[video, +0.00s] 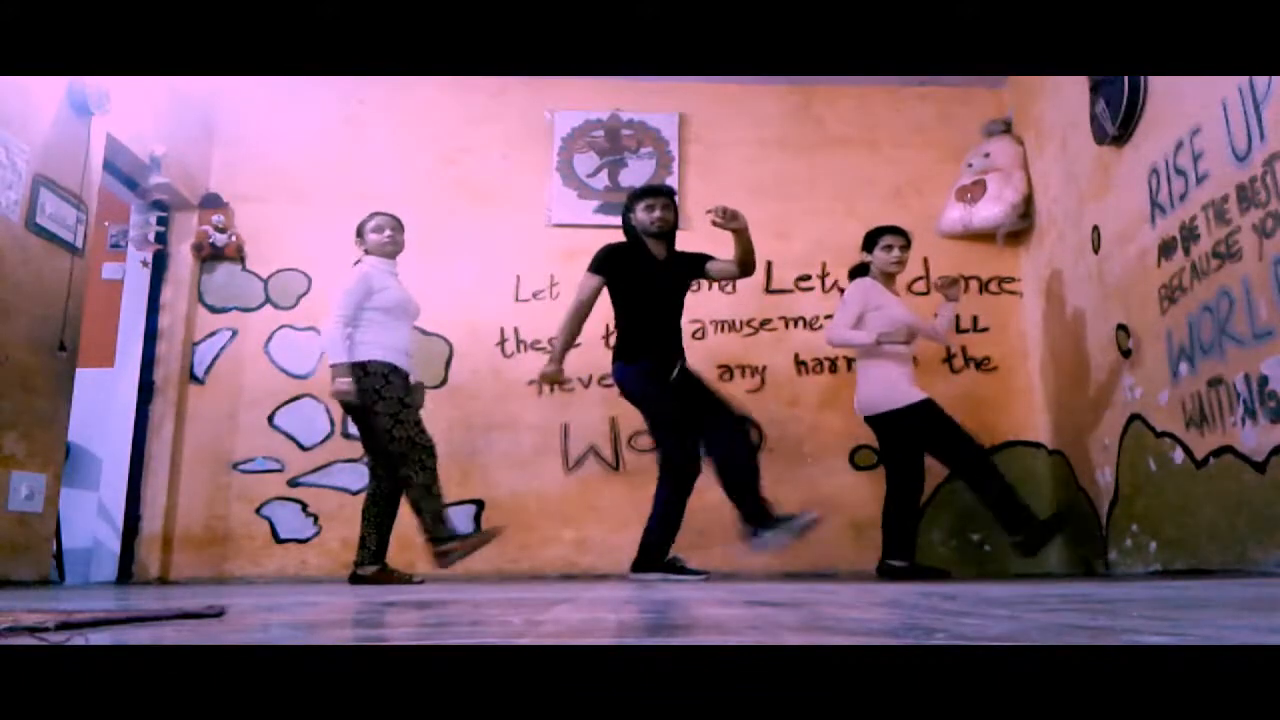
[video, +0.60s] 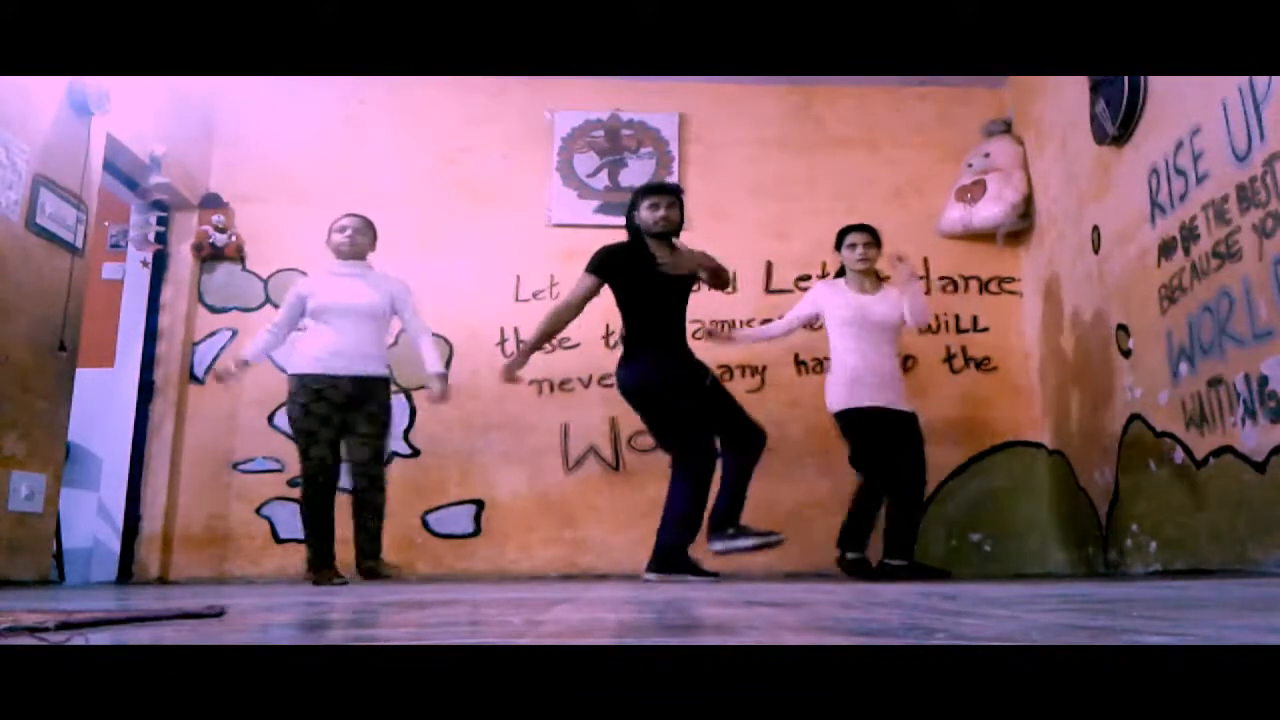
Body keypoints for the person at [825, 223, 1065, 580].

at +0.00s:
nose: (895, 255)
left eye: (901, 250)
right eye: (887, 248)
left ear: (906, 257)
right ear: (870, 254)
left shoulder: (890, 299)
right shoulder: (861, 287)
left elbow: (939, 334)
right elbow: (834, 334)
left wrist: (950, 300)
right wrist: (879, 338)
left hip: (892, 397)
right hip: (890, 396)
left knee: (905, 482)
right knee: (969, 457)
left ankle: (896, 560)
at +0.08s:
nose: (894, 256)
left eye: (900, 251)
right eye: (885, 249)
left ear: (905, 258)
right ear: (868, 255)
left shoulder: (890, 301)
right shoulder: (859, 289)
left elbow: (938, 333)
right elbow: (832, 335)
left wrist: (949, 300)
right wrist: (876, 339)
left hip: (888, 398)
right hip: (890, 396)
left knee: (910, 477)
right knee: (984, 440)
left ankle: (896, 559)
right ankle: (977, 527)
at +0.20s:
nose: (891, 254)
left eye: (897, 249)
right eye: (882, 248)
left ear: (903, 256)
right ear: (865, 255)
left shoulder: (893, 307)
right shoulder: (855, 288)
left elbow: (942, 331)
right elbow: (813, 331)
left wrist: (949, 297)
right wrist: (832, 348)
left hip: (888, 398)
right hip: (888, 395)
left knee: (906, 480)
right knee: (984, 428)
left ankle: (896, 559)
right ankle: (952, 495)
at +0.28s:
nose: (889, 253)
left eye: (895, 247)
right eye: (880, 247)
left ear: (901, 255)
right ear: (864, 253)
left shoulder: (895, 306)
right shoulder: (852, 286)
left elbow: (943, 333)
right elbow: (814, 321)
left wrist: (952, 298)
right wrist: (803, 354)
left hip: (882, 396)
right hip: (883, 392)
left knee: (902, 476)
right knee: (961, 443)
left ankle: (895, 559)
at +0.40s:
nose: (883, 253)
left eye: (889, 247)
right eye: (874, 247)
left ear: (897, 255)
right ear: (859, 254)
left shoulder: (897, 308)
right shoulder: (846, 287)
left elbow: (939, 336)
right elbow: (803, 326)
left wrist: (950, 302)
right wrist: (760, 359)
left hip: (888, 395)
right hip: (877, 393)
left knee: (903, 479)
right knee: (957, 456)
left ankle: (895, 560)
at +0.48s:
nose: (876, 252)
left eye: (883, 246)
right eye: (867, 246)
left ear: (890, 253)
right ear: (852, 254)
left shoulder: (894, 305)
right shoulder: (838, 288)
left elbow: (934, 335)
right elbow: (793, 323)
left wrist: (942, 301)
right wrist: (749, 352)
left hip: (891, 396)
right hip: (871, 396)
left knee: (902, 474)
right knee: (945, 463)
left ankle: (899, 557)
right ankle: (905, 544)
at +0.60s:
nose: (861, 252)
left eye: (868, 246)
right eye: (852, 247)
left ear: (878, 252)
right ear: (840, 254)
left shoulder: (894, 293)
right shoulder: (826, 292)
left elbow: (920, 321)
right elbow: (781, 326)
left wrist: (908, 277)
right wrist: (732, 334)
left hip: (892, 398)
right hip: (850, 397)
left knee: (911, 476)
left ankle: (898, 557)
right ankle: (851, 551)